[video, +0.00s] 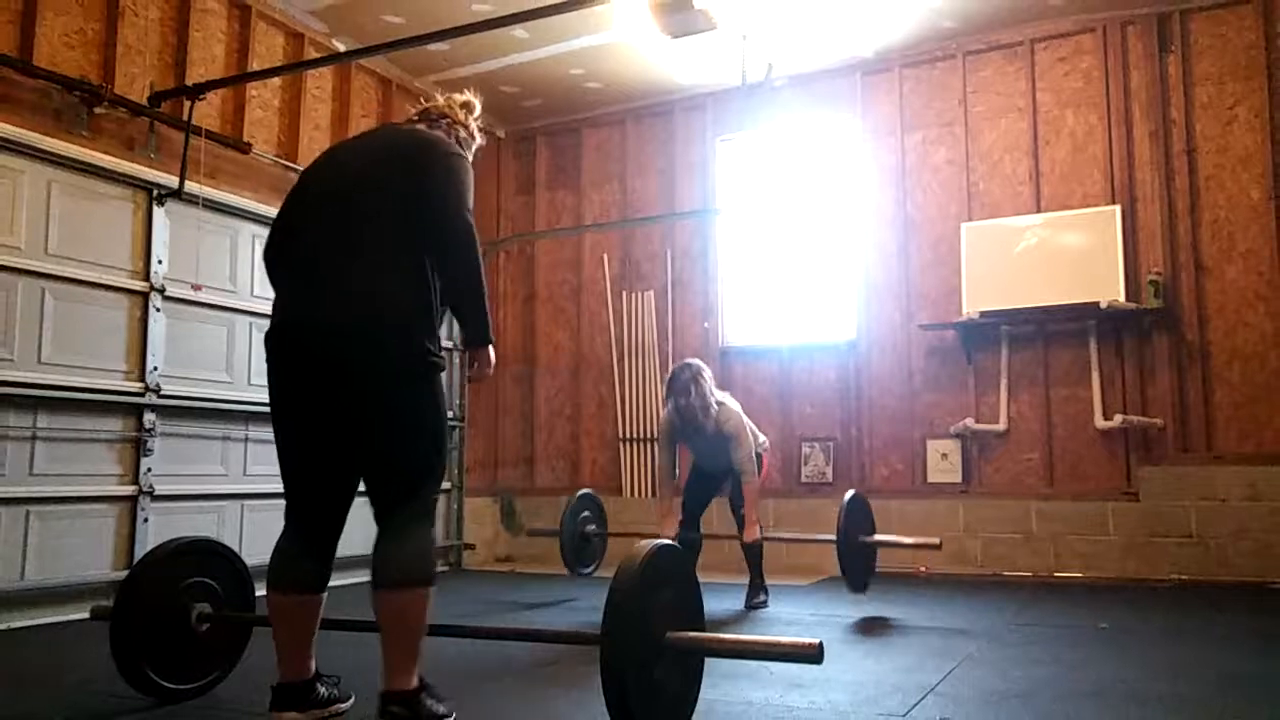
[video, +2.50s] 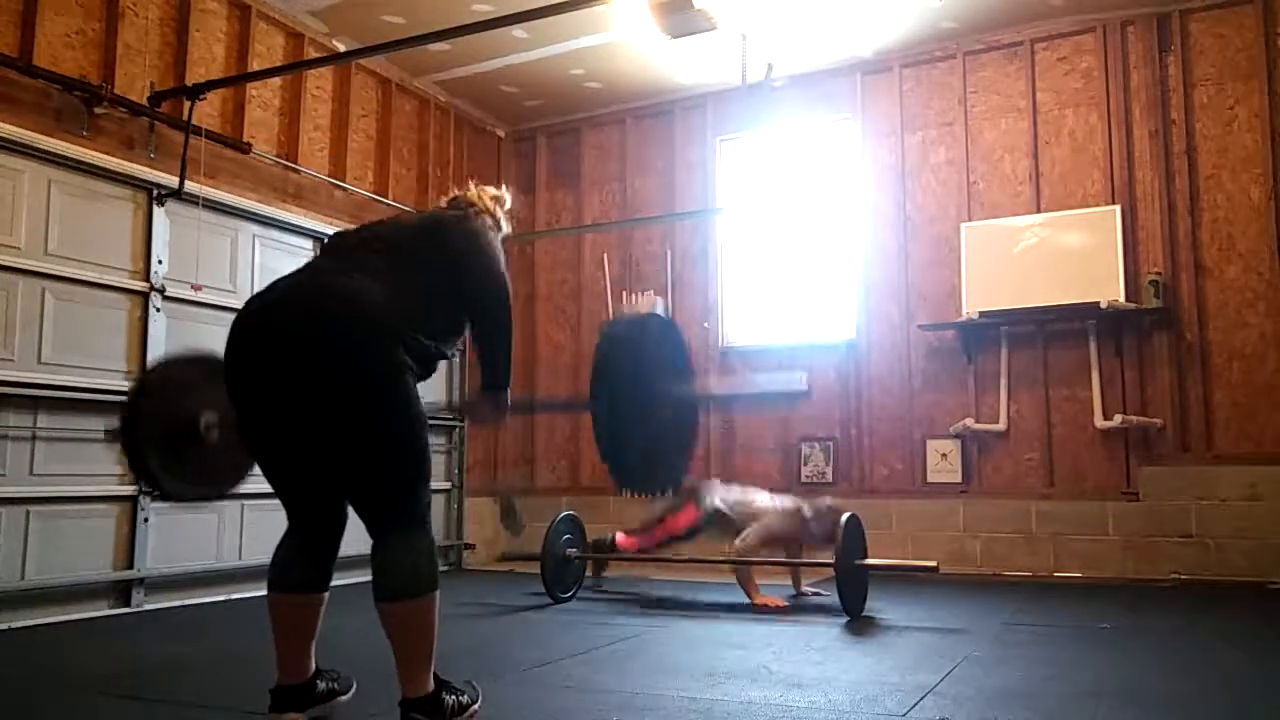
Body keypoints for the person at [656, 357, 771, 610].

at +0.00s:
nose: (685, 405)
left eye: (691, 399)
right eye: (679, 400)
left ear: (704, 394)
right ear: (673, 398)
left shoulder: (728, 414)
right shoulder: (670, 419)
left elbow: (748, 469)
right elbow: (665, 469)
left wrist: (752, 522)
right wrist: (667, 516)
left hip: (743, 459)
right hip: (707, 464)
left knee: (741, 510)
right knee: (689, 515)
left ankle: (757, 585)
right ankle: (683, 583)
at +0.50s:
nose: (692, 346)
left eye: (698, 339)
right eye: (686, 340)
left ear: (711, 338)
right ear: (679, 342)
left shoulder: (731, 366)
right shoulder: (675, 372)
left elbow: (763, 407)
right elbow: (666, 412)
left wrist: (755, 453)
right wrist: (668, 454)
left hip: (743, 441)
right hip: (707, 443)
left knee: (748, 506)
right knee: (694, 511)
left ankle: (758, 583)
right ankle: (685, 581)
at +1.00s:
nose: (691, 341)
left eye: (698, 333)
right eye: (685, 335)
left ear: (713, 332)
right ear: (678, 337)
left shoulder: (732, 360)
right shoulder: (673, 364)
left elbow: (775, 388)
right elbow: (657, 389)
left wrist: (758, 425)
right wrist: (664, 424)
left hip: (742, 442)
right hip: (703, 443)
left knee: (747, 506)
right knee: (691, 512)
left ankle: (758, 582)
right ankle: (684, 581)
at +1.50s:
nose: (706, 418)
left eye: (711, 410)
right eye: (700, 411)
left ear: (719, 407)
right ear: (687, 409)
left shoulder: (735, 434)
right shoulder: (673, 437)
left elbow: (751, 484)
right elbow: (662, 487)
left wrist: (748, 539)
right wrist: (661, 535)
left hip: (734, 486)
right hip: (700, 487)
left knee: (741, 521)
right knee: (679, 518)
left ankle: (757, 585)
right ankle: (684, 584)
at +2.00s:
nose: (769, 400)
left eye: (773, 396)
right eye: (770, 394)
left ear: (766, 391)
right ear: (759, 383)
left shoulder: (750, 402)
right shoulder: (717, 387)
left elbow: (742, 443)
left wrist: (743, 482)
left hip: (699, 437)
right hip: (672, 435)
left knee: (723, 493)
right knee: (684, 499)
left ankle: (699, 551)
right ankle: (656, 567)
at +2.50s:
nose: (827, 542)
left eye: (831, 538)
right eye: (827, 536)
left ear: (822, 517)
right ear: (816, 525)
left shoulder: (803, 513)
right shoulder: (781, 520)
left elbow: (793, 548)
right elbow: (738, 554)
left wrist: (798, 587)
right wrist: (756, 597)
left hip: (714, 496)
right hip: (705, 505)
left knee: (662, 531)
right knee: (651, 538)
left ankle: (614, 544)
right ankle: (602, 549)